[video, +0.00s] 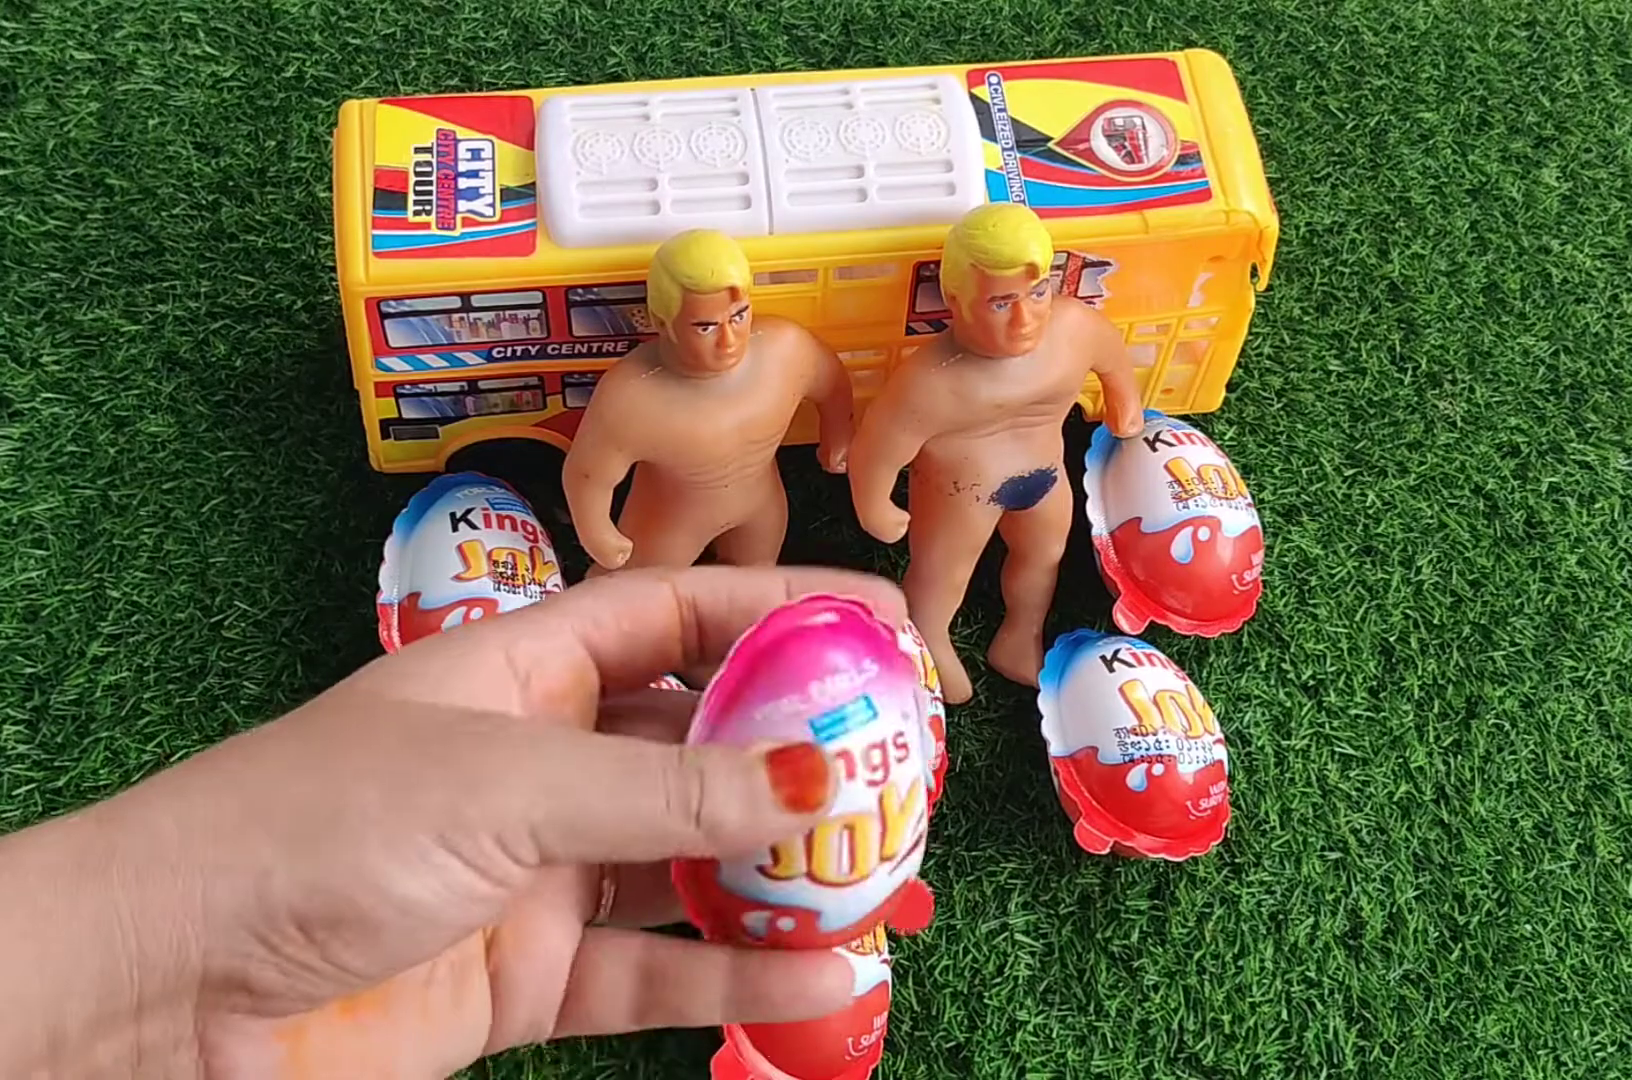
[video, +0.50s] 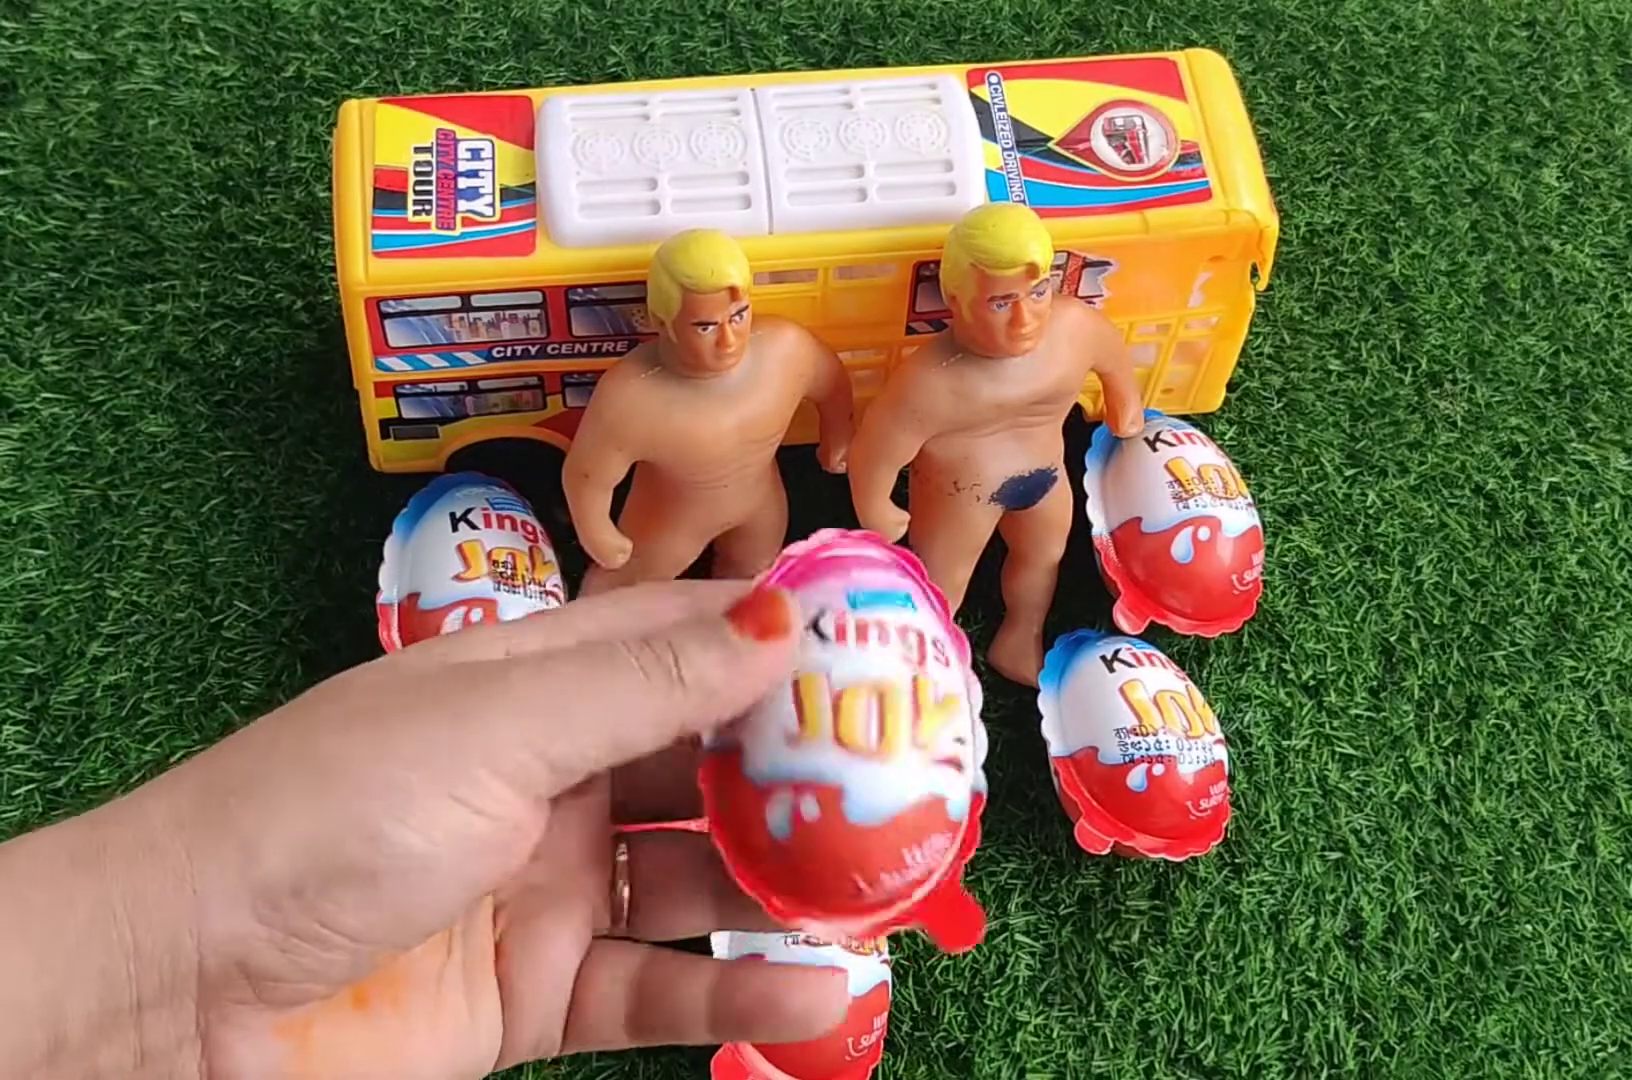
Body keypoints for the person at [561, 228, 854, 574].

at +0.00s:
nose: (729, 339)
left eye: (738, 316)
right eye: (705, 326)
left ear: (750, 303)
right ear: (662, 325)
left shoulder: (787, 350)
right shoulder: (628, 398)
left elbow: (833, 386)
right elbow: (586, 478)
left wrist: (836, 442)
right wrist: (601, 542)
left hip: (758, 502)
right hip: (670, 515)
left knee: (756, 587)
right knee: (637, 597)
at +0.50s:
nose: (728, 340)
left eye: (739, 316)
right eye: (705, 326)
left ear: (750, 301)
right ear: (663, 323)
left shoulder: (788, 350)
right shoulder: (629, 397)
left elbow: (833, 387)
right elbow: (586, 477)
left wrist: (836, 440)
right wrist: (598, 537)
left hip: (758, 500)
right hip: (671, 515)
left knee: (753, 585)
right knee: (627, 590)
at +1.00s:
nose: (728, 340)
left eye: (738, 316)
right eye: (705, 327)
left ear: (750, 302)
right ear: (661, 324)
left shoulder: (788, 350)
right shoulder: (628, 399)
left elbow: (833, 389)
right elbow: (585, 479)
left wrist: (836, 445)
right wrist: (601, 541)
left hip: (758, 510)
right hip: (670, 524)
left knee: (762, 612)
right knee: (657, 627)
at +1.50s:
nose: (728, 340)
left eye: (739, 316)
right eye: (705, 327)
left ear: (750, 302)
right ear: (664, 327)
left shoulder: (786, 350)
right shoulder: (627, 399)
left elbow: (833, 390)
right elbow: (585, 480)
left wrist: (834, 447)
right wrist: (605, 558)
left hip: (757, 514)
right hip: (668, 528)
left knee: (760, 614)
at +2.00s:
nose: (728, 340)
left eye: (739, 315)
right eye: (704, 327)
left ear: (750, 302)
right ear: (664, 327)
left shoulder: (786, 350)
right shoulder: (626, 399)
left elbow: (832, 389)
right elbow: (585, 480)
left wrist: (834, 444)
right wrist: (599, 559)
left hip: (757, 519)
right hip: (665, 535)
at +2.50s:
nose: (728, 339)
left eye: (738, 316)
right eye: (705, 326)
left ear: (749, 303)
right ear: (661, 325)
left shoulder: (788, 350)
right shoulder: (628, 399)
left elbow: (833, 388)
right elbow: (585, 479)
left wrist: (836, 444)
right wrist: (600, 541)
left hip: (758, 506)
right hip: (670, 519)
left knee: (754, 597)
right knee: (648, 613)